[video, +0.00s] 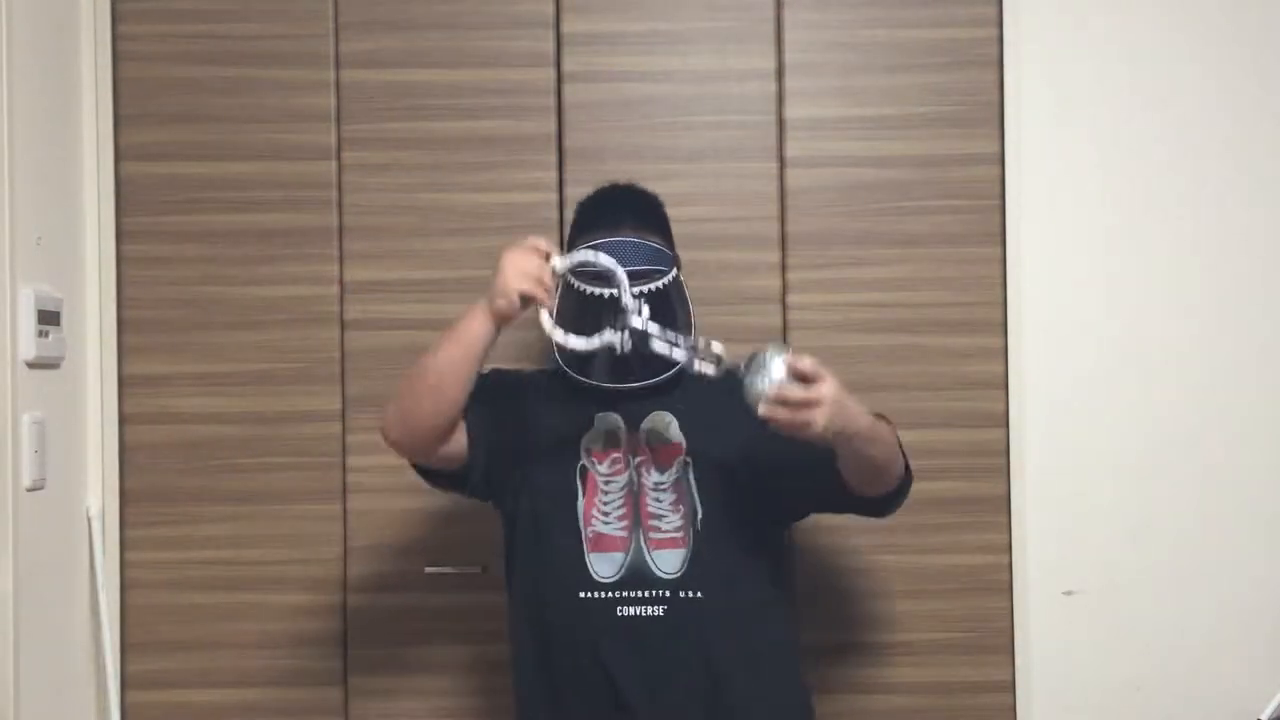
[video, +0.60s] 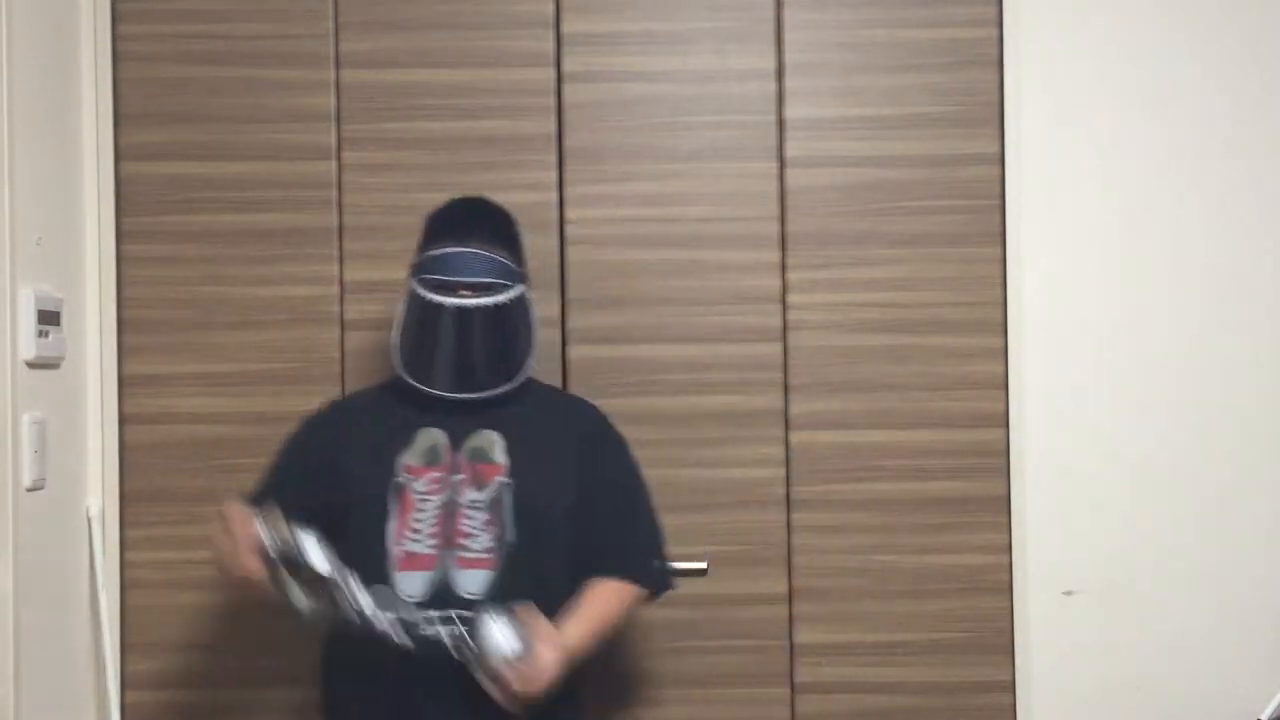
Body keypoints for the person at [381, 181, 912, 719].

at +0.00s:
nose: (625, 288)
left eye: (645, 266)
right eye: (601, 268)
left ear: (674, 276)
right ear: (565, 281)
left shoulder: (743, 405)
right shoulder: (522, 413)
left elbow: (885, 487)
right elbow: (409, 431)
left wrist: (850, 422)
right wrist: (490, 315)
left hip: (738, 697)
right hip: (575, 699)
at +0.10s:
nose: (619, 310)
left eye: (639, 288)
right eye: (597, 290)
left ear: (671, 287)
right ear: (564, 292)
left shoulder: (744, 401)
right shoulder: (517, 414)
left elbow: (879, 485)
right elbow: (400, 462)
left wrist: (827, 473)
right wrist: (484, 365)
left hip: (735, 699)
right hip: (572, 701)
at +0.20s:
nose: (603, 315)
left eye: (622, 293)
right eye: (583, 295)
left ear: (657, 289)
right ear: (555, 291)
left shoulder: (733, 408)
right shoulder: (503, 418)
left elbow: (845, 501)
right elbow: (389, 513)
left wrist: (798, 546)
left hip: (710, 698)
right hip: (555, 700)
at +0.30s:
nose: (585, 317)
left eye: (604, 297)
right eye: (566, 297)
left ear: (639, 296)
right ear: (535, 296)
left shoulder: (710, 420)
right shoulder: (484, 425)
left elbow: (790, 544)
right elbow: (391, 548)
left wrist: (759, 635)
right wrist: (448, 552)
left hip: (677, 703)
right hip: (529, 703)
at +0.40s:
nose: (552, 328)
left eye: (571, 307)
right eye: (534, 307)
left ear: (605, 306)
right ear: (504, 305)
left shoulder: (672, 431)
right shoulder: (440, 436)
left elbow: (730, 574)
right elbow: (391, 560)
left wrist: (696, 695)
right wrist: (409, 617)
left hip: (640, 701)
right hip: (493, 700)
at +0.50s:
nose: (509, 333)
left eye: (530, 315)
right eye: (489, 314)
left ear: (563, 316)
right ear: (457, 312)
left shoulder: (622, 441)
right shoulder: (390, 441)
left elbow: (675, 580)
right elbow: (331, 558)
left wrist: (632, 693)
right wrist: (332, 620)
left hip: (577, 702)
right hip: (428, 703)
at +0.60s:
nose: (462, 330)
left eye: (482, 311)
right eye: (444, 310)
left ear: (517, 310)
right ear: (412, 306)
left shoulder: (575, 434)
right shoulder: (343, 431)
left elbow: (629, 566)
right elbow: (275, 525)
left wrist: (558, 644)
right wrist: (247, 541)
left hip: (520, 704)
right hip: (373, 704)